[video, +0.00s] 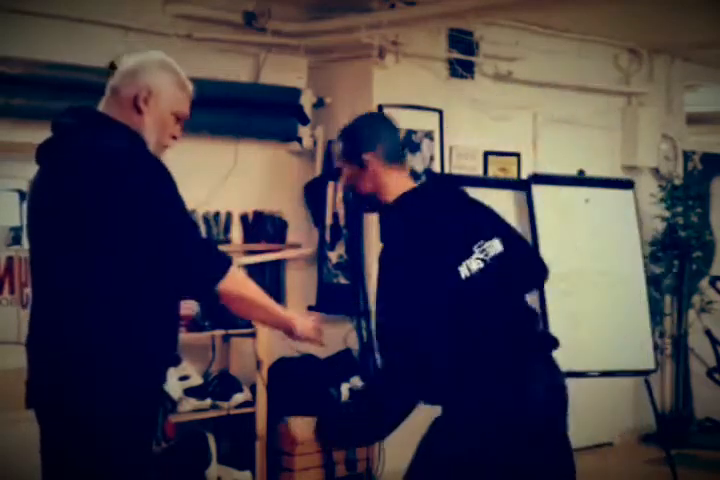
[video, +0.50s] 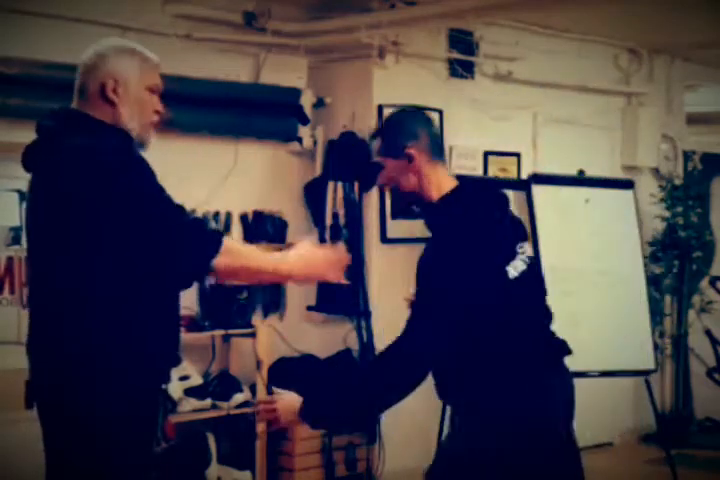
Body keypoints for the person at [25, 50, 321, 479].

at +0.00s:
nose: (178, 136)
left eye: (182, 125)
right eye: (176, 120)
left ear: (136, 99)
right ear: (141, 101)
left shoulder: (59, 161)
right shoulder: (134, 168)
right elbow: (208, 272)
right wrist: (290, 322)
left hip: (60, 382)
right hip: (117, 390)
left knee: (66, 472)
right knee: (118, 470)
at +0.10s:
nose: (177, 132)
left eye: (180, 120)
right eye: (174, 115)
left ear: (133, 99)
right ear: (138, 100)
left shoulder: (61, 159)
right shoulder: (127, 165)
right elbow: (205, 271)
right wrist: (285, 312)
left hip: (63, 378)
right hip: (116, 386)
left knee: (70, 471)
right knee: (119, 470)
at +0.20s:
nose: (175, 123)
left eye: (176, 109)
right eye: (169, 105)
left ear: (129, 98)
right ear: (131, 97)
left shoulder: (60, 159)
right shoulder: (122, 161)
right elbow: (204, 265)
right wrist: (286, 302)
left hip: (66, 378)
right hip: (116, 385)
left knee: (73, 471)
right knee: (120, 470)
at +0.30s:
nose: (170, 117)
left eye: (171, 103)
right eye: (164, 101)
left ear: (124, 95)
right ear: (126, 95)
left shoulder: (59, 158)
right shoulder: (119, 160)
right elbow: (201, 262)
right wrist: (288, 298)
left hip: (65, 377)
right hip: (115, 384)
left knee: (73, 471)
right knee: (120, 470)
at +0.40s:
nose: (166, 112)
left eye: (165, 99)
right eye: (159, 96)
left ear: (120, 92)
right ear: (119, 92)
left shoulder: (60, 157)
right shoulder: (113, 159)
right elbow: (203, 260)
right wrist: (291, 293)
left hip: (66, 379)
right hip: (113, 386)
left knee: (75, 471)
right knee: (120, 470)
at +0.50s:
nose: (161, 109)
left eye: (159, 96)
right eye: (154, 93)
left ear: (110, 92)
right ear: (112, 91)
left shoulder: (63, 157)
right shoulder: (104, 160)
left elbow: (178, 245)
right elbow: (194, 250)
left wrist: (277, 262)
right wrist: (290, 265)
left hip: (71, 382)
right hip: (109, 390)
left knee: (78, 472)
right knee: (118, 471)